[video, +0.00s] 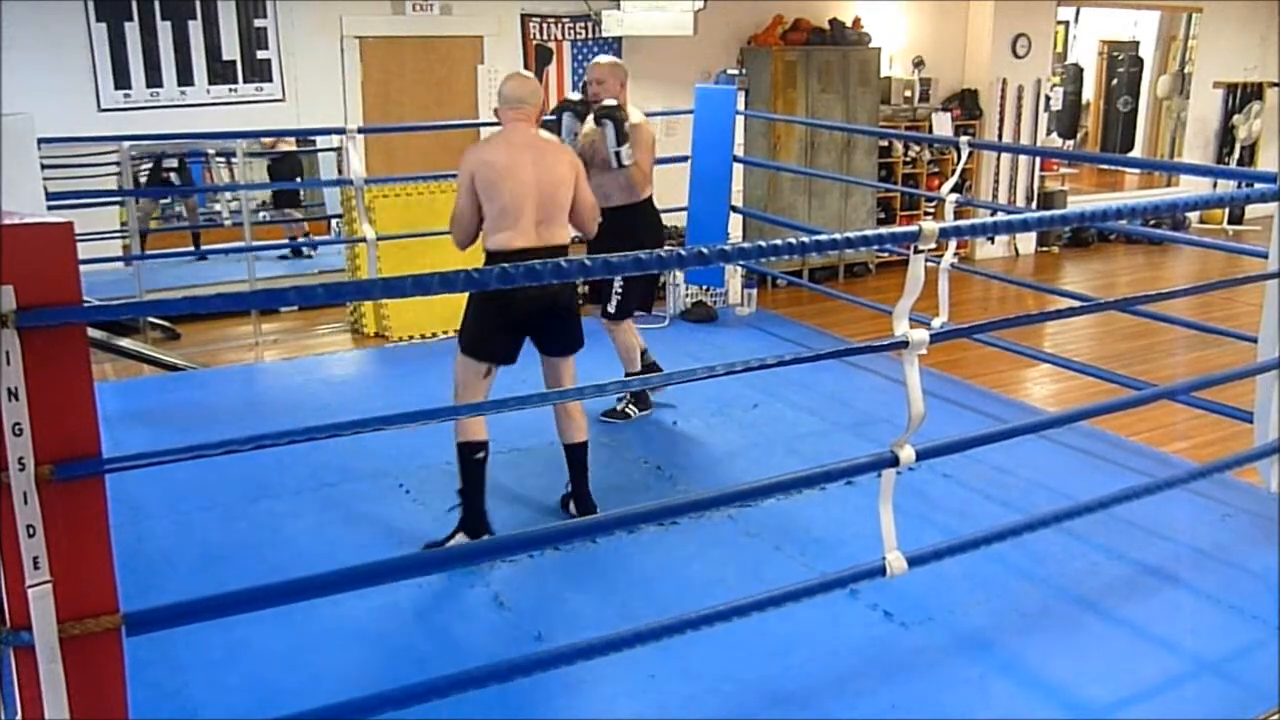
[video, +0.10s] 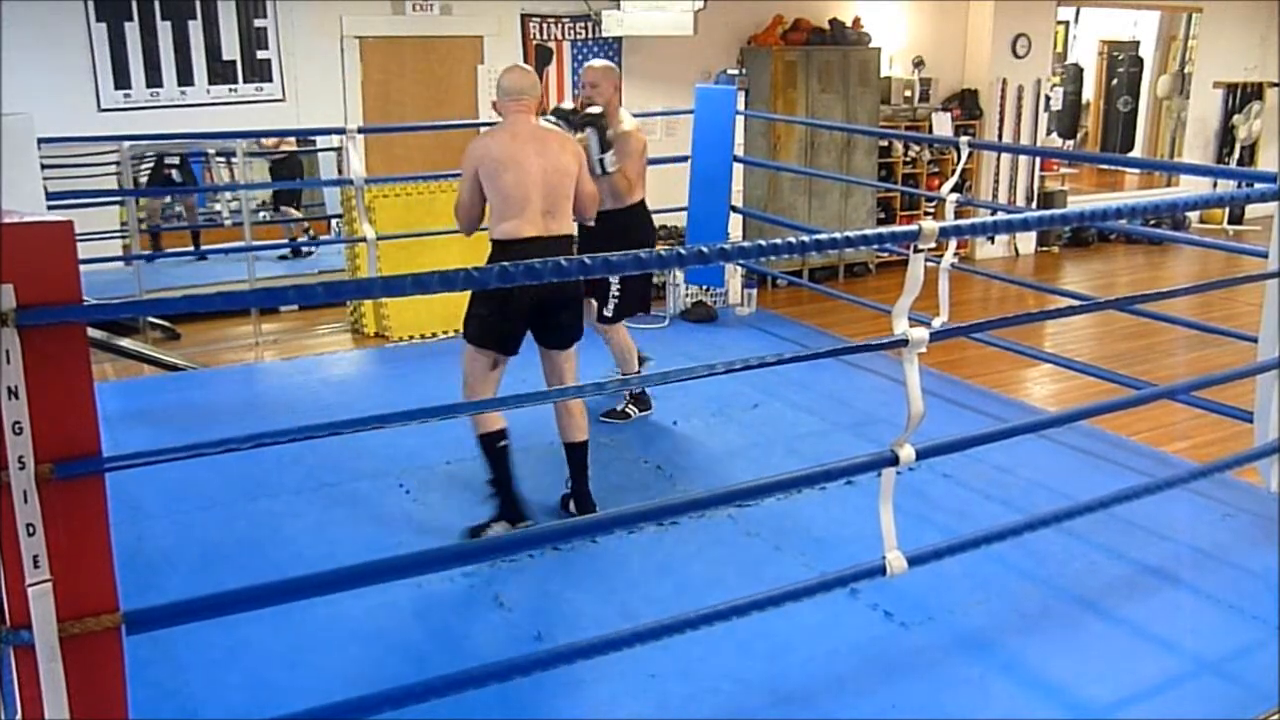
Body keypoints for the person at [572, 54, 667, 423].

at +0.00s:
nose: (591, 90)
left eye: (599, 83)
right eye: (588, 84)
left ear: (621, 85)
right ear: (586, 88)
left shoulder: (638, 128)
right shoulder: (589, 129)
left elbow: (639, 183)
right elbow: (575, 173)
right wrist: (568, 136)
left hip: (636, 220)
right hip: (605, 221)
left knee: (614, 315)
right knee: (607, 306)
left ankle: (638, 393)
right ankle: (645, 363)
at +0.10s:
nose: (585, 93)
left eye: (593, 86)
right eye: (582, 86)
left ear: (616, 88)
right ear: (581, 90)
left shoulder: (629, 135)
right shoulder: (588, 128)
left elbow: (625, 192)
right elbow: (576, 180)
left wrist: (597, 153)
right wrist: (565, 133)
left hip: (626, 227)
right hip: (595, 225)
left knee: (607, 321)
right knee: (588, 307)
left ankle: (638, 395)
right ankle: (631, 356)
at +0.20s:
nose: (578, 93)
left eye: (585, 86)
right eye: (574, 86)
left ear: (606, 88)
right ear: (572, 90)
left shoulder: (619, 133)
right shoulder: (583, 127)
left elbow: (616, 193)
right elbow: (574, 178)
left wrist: (587, 151)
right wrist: (560, 135)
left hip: (615, 224)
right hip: (585, 219)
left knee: (605, 318)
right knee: (577, 294)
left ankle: (637, 395)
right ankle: (584, 355)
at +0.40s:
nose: (553, 102)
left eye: (561, 95)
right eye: (548, 95)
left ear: (583, 97)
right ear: (543, 96)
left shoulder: (592, 139)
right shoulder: (540, 133)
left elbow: (592, 193)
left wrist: (567, 156)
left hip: (585, 231)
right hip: (549, 229)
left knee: (594, 320)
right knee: (546, 312)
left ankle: (634, 392)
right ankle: (546, 368)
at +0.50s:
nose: (540, 98)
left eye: (548, 91)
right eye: (537, 90)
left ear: (566, 93)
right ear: (532, 92)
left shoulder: (577, 132)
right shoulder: (524, 129)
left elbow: (589, 178)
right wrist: (488, 144)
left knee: (572, 316)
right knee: (539, 316)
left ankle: (606, 377)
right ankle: (535, 376)